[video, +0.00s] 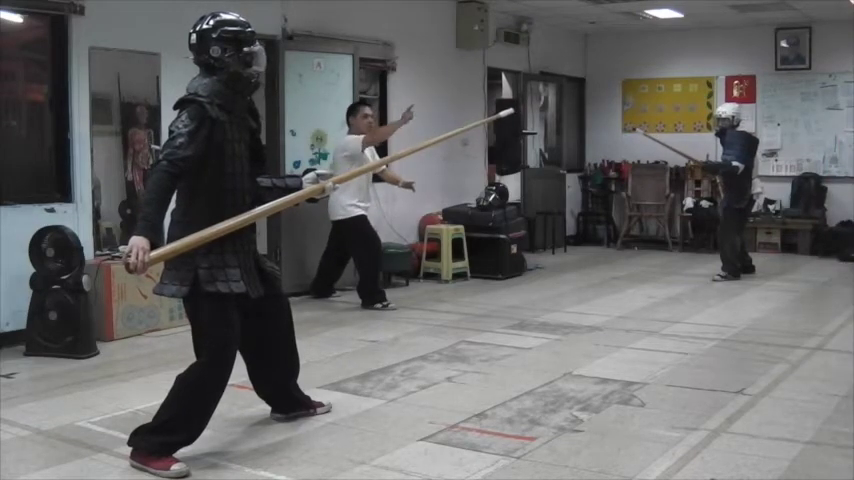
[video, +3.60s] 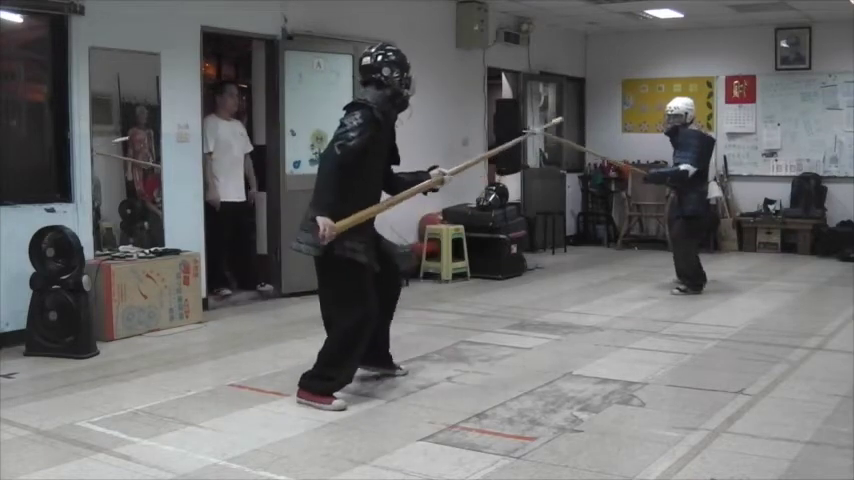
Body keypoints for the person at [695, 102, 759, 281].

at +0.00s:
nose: (719, 124)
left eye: (723, 120)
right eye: (718, 120)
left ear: (733, 121)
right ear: (718, 120)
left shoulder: (738, 138)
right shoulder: (729, 138)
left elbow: (735, 167)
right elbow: (729, 164)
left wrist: (706, 167)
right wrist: (707, 166)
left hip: (738, 193)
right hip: (735, 192)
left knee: (727, 230)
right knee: (732, 229)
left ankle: (731, 270)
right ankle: (744, 263)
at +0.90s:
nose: (711, 122)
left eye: (715, 118)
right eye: (710, 118)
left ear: (726, 119)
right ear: (710, 119)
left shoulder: (731, 138)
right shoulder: (719, 138)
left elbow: (725, 168)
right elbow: (721, 164)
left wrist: (698, 163)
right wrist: (702, 166)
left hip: (728, 194)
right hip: (725, 193)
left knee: (722, 230)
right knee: (731, 227)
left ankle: (727, 273)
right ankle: (743, 260)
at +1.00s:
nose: (708, 120)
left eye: (712, 116)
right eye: (707, 116)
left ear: (723, 117)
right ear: (707, 117)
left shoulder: (729, 136)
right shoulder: (715, 135)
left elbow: (721, 166)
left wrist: (696, 161)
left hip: (728, 194)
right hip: (721, 193)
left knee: (723, 230)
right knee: (721, 229)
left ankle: (727, 272)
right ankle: (734, 260)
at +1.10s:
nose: (703, 120)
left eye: (707, 115)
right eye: (701, 115)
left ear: (718, 116)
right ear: (700, 115)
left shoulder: (724, 134)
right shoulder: (712, 134)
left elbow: (717, 162)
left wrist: (688, 158)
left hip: (727, 194)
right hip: (718, 193)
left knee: (722, 232)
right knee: (714, 230)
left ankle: (727, 273)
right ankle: (717, 265)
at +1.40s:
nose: (690, 122)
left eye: (694, 118)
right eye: (688, 118)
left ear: (705, 118)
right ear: (686, 118)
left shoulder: (713, 136)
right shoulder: (697, 138)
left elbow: (706, 166)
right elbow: (698, 165)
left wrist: (677, 164)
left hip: (711, 197)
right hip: (697, 197)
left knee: (703, 232)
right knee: (690, 235)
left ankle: (722, 263)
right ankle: (696, 276)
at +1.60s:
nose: (681, 126)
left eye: (685, 121)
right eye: (680, 121)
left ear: (696, 121)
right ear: (680, 121)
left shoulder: (704, 140)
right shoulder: (690, 141)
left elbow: (697, 171)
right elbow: (691, 168)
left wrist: (668, 170)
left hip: (704, 200)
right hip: (693, 199)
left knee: (695, 236)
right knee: (681, 234)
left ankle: (700, 279)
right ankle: (689, 273)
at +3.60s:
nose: (670, 121)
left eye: (675, 117)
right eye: (669, 117)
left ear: (687, 117)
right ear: (668, 116)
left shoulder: (692, 137)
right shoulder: (680, 138)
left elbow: (686, 171)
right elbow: (681, 167)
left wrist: (652, 176)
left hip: (693, 196)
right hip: (683, 195)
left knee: (683, 236)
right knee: (678, 235)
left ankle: (693, 282)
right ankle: (687, 276)